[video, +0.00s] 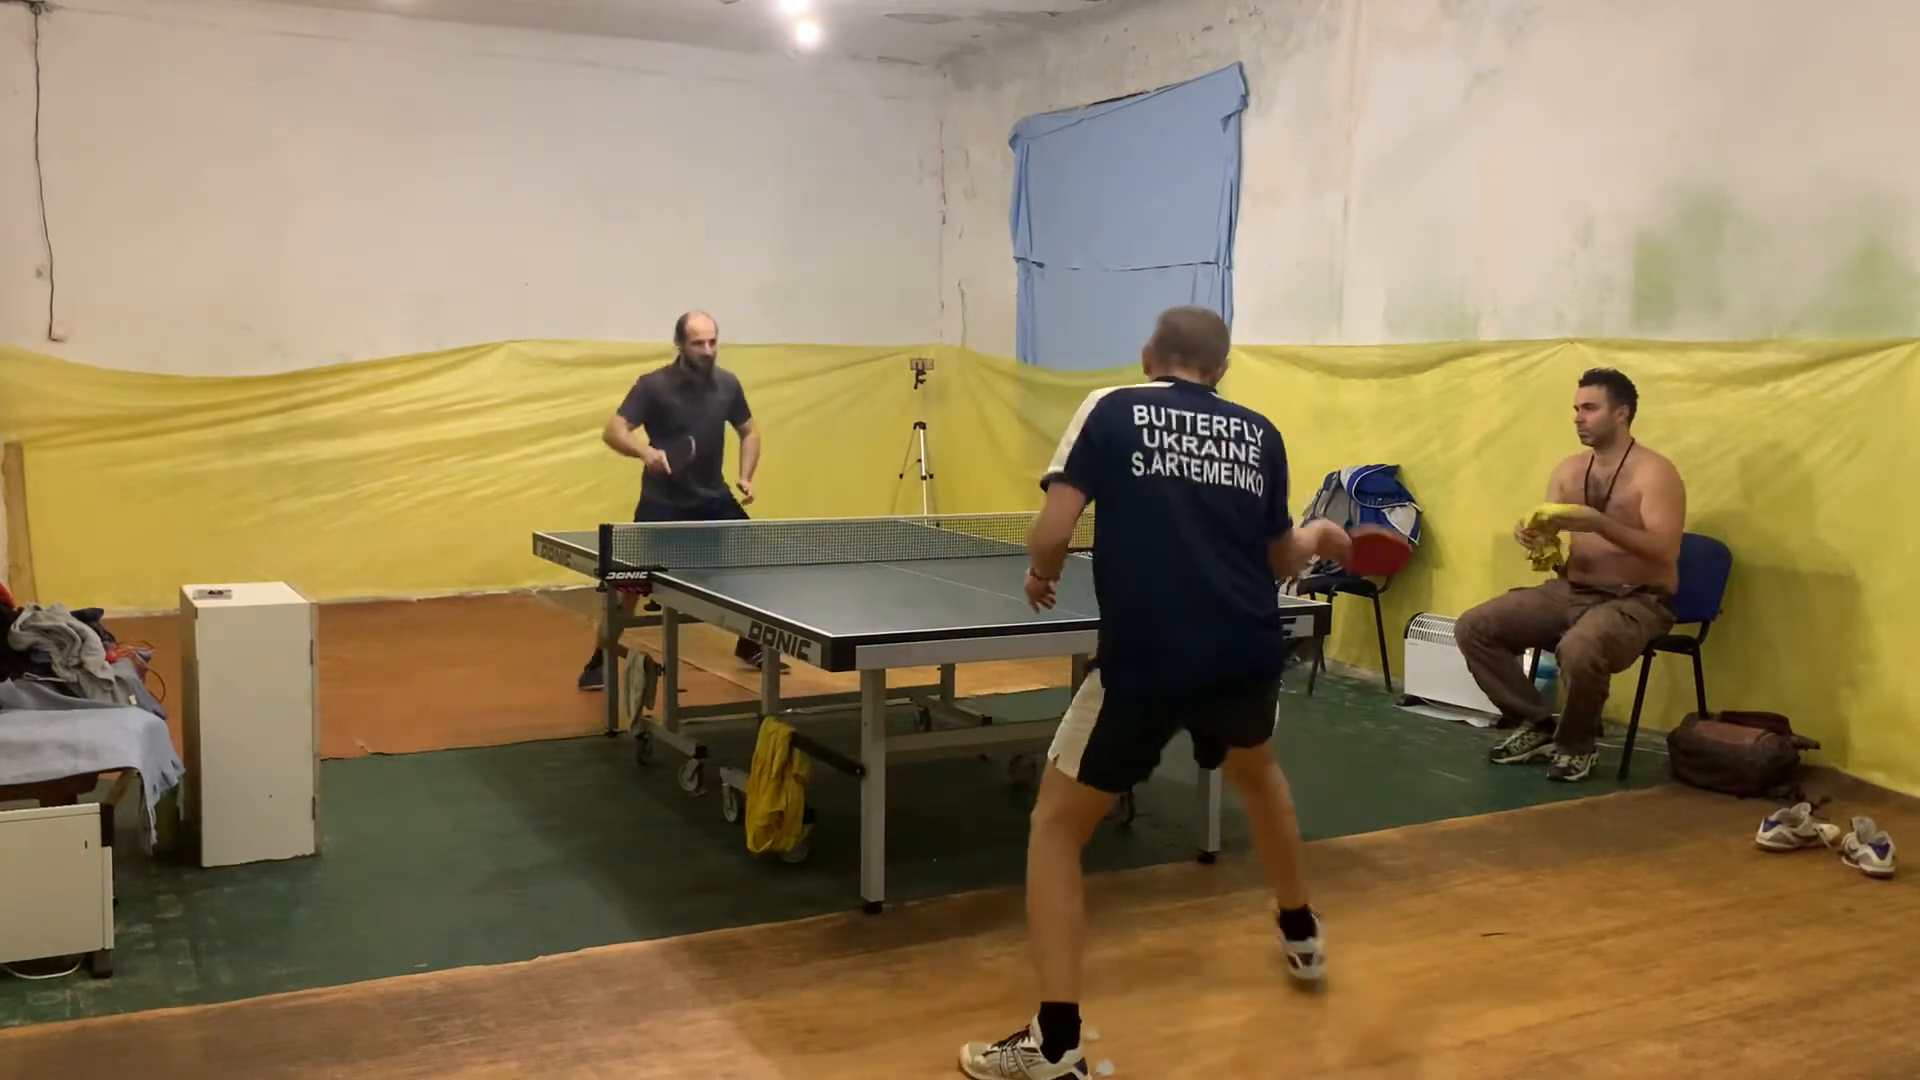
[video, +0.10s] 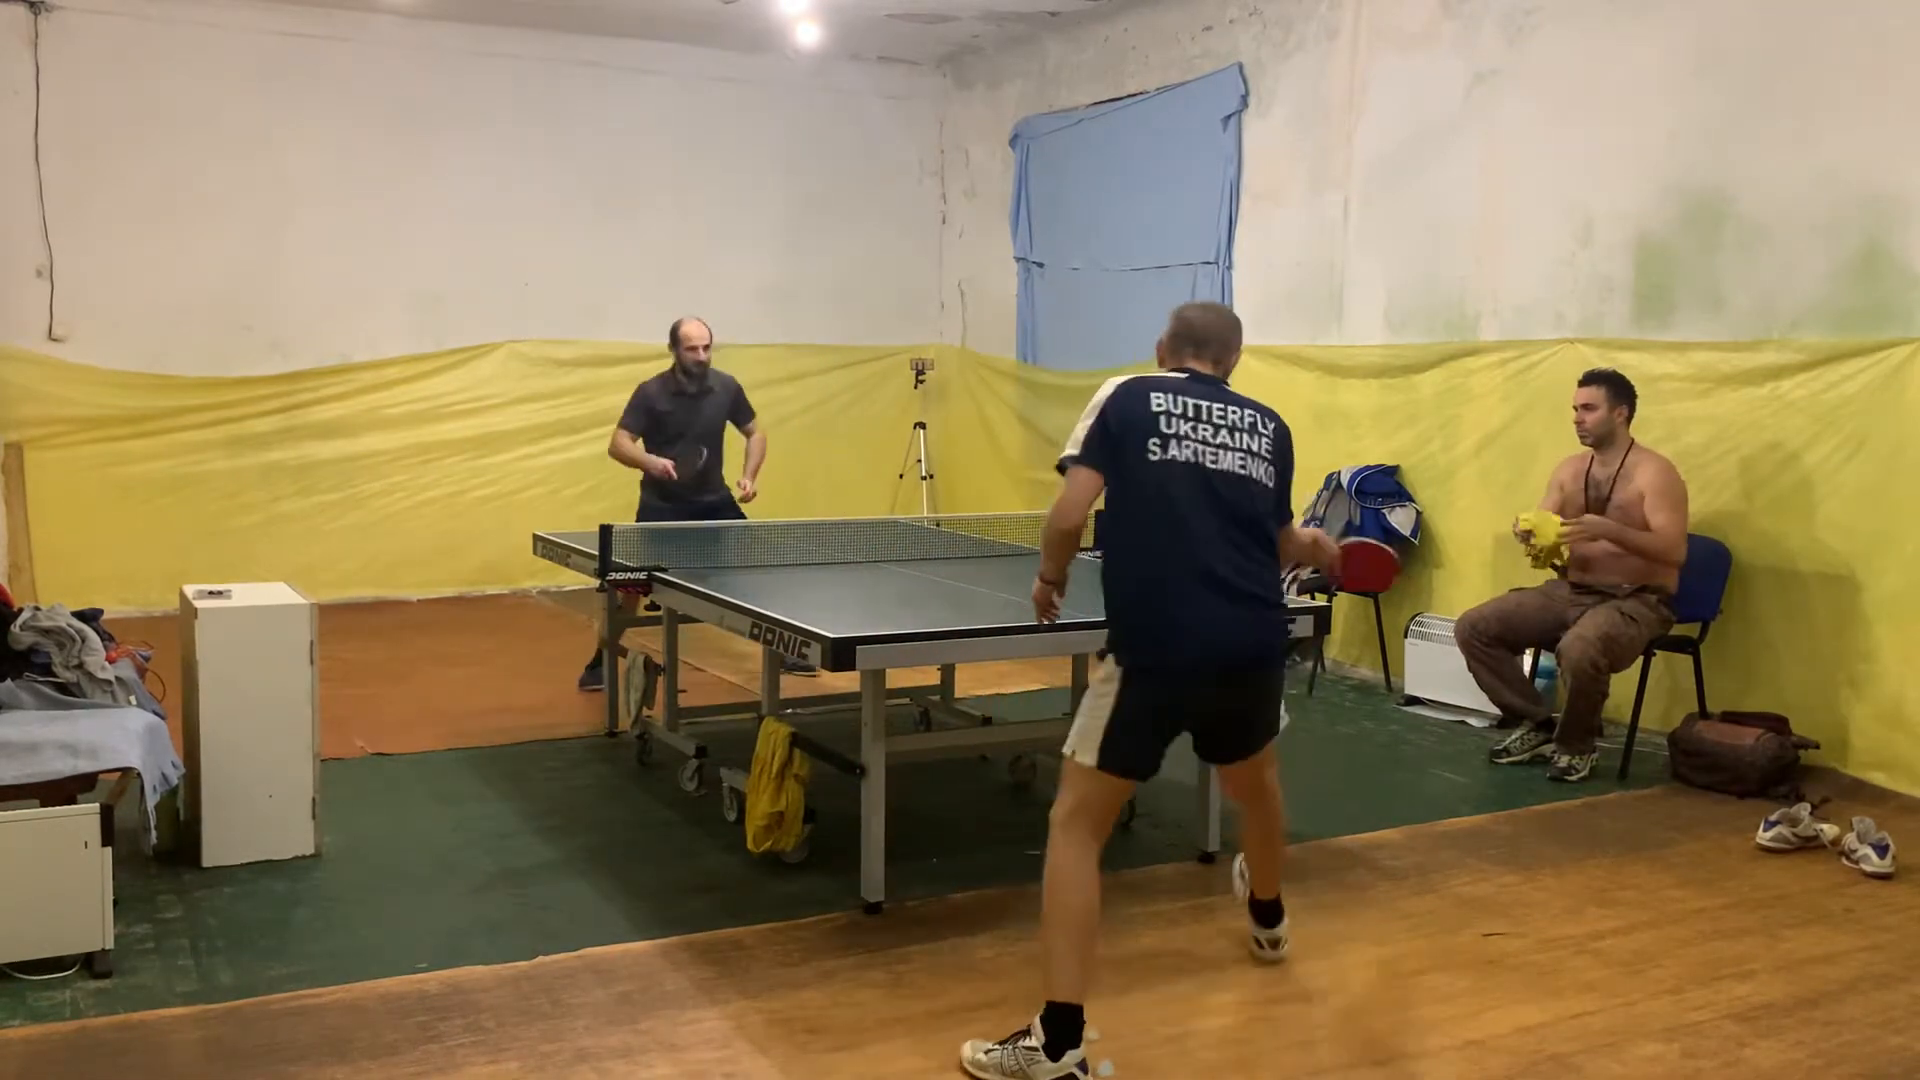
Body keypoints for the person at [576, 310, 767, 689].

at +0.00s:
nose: (708, 350)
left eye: (712, 342)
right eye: (699, 343)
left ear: (718, 342)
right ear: (680, 345)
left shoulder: (727, 385)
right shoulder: (653, 385)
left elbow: (749, 432)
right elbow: (613, 431)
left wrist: (746, 475)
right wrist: (644, 451)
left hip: (715, 499)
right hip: (662, 502)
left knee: (764, 562)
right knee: (631, 580)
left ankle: (752, 641)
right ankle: (601, 657)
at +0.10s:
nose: (701, 356)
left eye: (706, 348)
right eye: (692, 349)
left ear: (712, 347)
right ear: (673, 351)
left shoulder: (726, 388)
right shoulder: (651, 392)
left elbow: (756, 435)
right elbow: (618, 444)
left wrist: (749, 474)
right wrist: (648, 461)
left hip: (715, 505)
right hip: (661, 508)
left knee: (760, 568)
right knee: (630, 584)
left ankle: (782, 648)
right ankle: (602, 660)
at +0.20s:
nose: (699, 352)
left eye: (704, 344)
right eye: (690, 346)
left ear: (711, 342)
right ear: (673, 348)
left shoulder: (732, 382)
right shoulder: (653, 391)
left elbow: (769, 423)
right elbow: (623, 444)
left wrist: (757, 467)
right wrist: (652, 455)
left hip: (724, 502)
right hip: (668, 504)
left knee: (765, 569)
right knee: (633, 580)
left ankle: (785, 648)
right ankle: (610, 659)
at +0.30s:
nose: (694, 351)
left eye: (698, 343)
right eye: (684, 345)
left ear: (705, 342)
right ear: (667, 347)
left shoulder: (729, 379)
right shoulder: (651, 391)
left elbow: (773, 419)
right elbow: (622, 445)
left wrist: (765, 462)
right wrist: (651, 451)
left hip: (729, 499)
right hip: (673, 502)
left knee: (770, 566)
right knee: (640, 580)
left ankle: (788, 644)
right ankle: (637, 663)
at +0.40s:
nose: (692, 362)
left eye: (697, 353)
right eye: (682, 355)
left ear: (703, 350)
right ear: (665, 356)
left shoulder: (726, 386)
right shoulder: (651, 399)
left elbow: (774, 422)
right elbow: (622, 454)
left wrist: (762, 459)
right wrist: (650, 460)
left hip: (734, 505)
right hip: (678, 508)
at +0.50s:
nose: (705, 370)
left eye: (710, 362)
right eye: (697, 363)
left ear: (716, 359)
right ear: (678, 362)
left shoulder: (735, 393)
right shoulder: (661, 404)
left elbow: (781, 433)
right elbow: (637, 460)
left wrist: (769, 466)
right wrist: (672, 472)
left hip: (739, 503)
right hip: (685, 507)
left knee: (783, 563)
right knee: (643, 579)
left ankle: (806, 641)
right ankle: (639, 664)